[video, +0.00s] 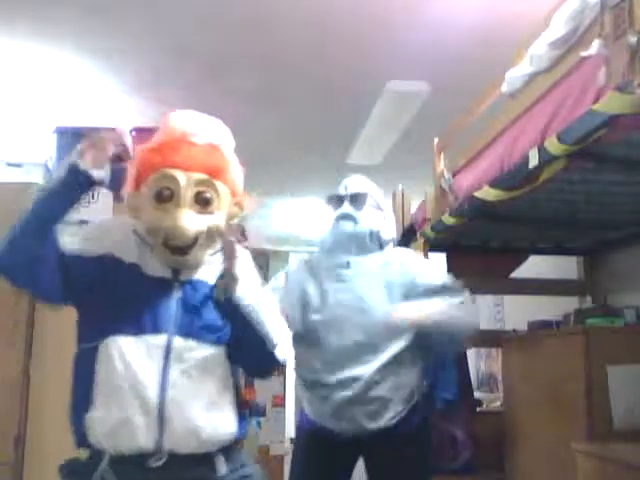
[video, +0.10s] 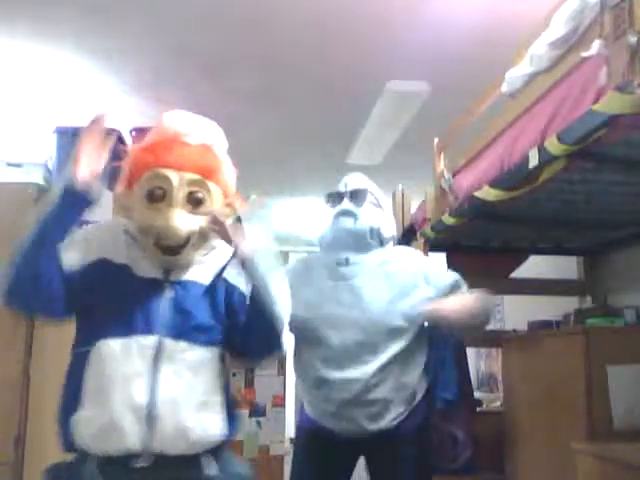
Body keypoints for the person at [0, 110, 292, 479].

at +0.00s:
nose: (181, 218)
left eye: (203, 199)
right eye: (164, 195)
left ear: (229, 211)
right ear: (134, 201)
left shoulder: (226, 280)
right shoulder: (103, 269)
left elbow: (266, 362)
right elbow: (19, 261)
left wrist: (234, 285)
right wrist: (80, 174)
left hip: (211, 465)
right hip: (117, 466)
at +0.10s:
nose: (173, 214)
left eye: (195, 198)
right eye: (157, 193)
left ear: (220, 208)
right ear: (129, 196)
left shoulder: (221, 270)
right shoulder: (98, 253)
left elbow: (260, 344)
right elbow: (24, 293)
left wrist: (252, 259)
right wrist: (76, 194)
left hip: (195, 464)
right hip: (102, 463)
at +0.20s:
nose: (166, 219)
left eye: (188, 198)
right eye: (149, 193)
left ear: (213, 211)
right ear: (119, 196)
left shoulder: (211, 271)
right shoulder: (94, 261)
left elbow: (257, 333)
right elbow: (35, 332)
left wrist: (265, 240)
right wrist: (74, 236)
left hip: (177, 460)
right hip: (91, 460)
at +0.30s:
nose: (154, 216)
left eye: (177, 196)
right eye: (137, 190)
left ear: (196, 208)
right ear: (105, 194)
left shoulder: (190, 265)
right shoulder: (71, 256)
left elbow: (233, 296)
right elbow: (31, 366)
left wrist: (252, 211)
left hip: (159, 460)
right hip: (73, 459)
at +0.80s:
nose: (136, 184)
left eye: (157, 162)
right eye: (116, 158)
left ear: (187, 175)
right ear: (86, 165)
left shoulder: (192, 236)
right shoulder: (62, 226)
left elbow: (239, 286)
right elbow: (9, 282)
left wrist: (225, 192)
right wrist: (35, 203)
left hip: (162, 444)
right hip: (60, 437)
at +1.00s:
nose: (138, 171)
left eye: (163, 151)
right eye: (121, 145)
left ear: (197, 162)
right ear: (93, 146)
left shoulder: (208, 222)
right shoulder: (59, 206)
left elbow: (284, 238)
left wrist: (242, 151)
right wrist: (38, 138)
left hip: (170, 434)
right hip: (61, 431)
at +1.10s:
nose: (142, 168)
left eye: (168, 148)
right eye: (126, 141)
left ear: (203, 160)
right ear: (99, 142)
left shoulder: (215, 218)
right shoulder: (65, 200)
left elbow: (294, 217)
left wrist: (258, 130)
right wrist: (43, 115)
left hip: (180, 428)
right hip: (73, 428)